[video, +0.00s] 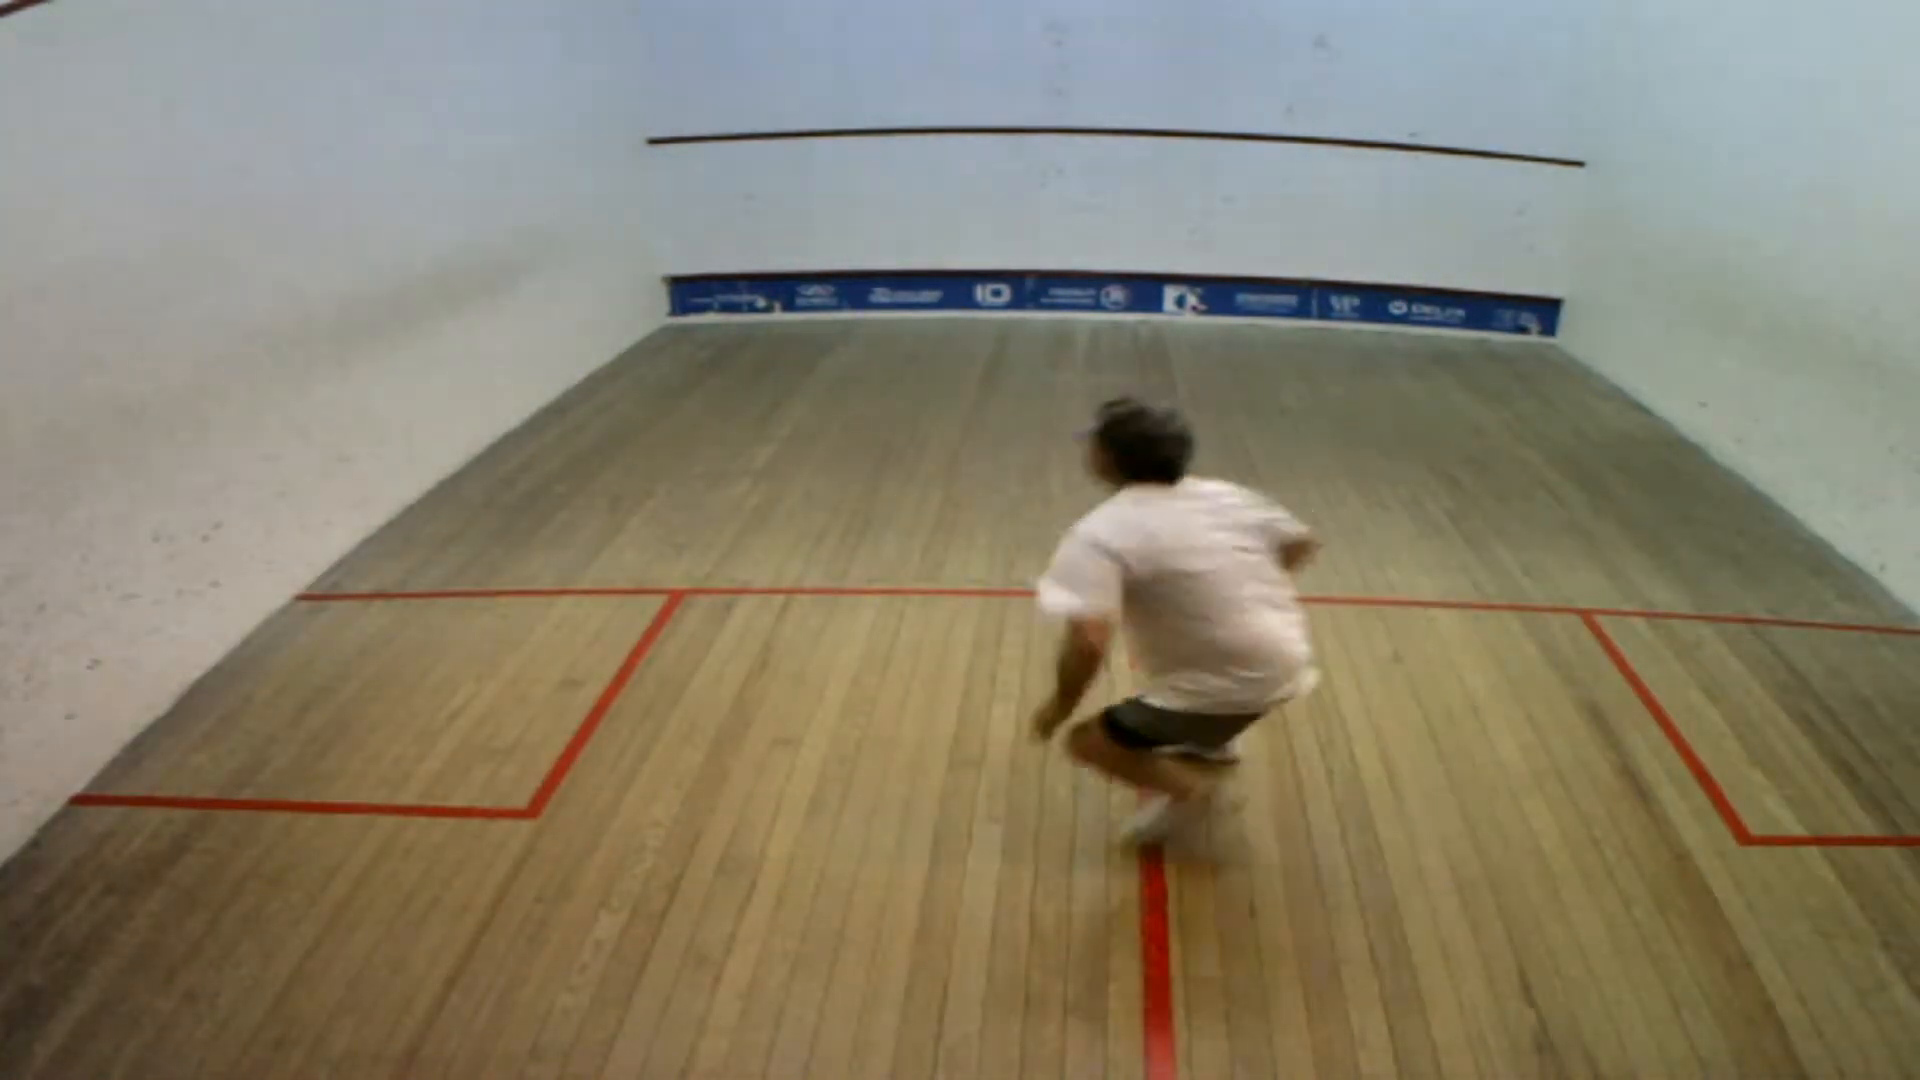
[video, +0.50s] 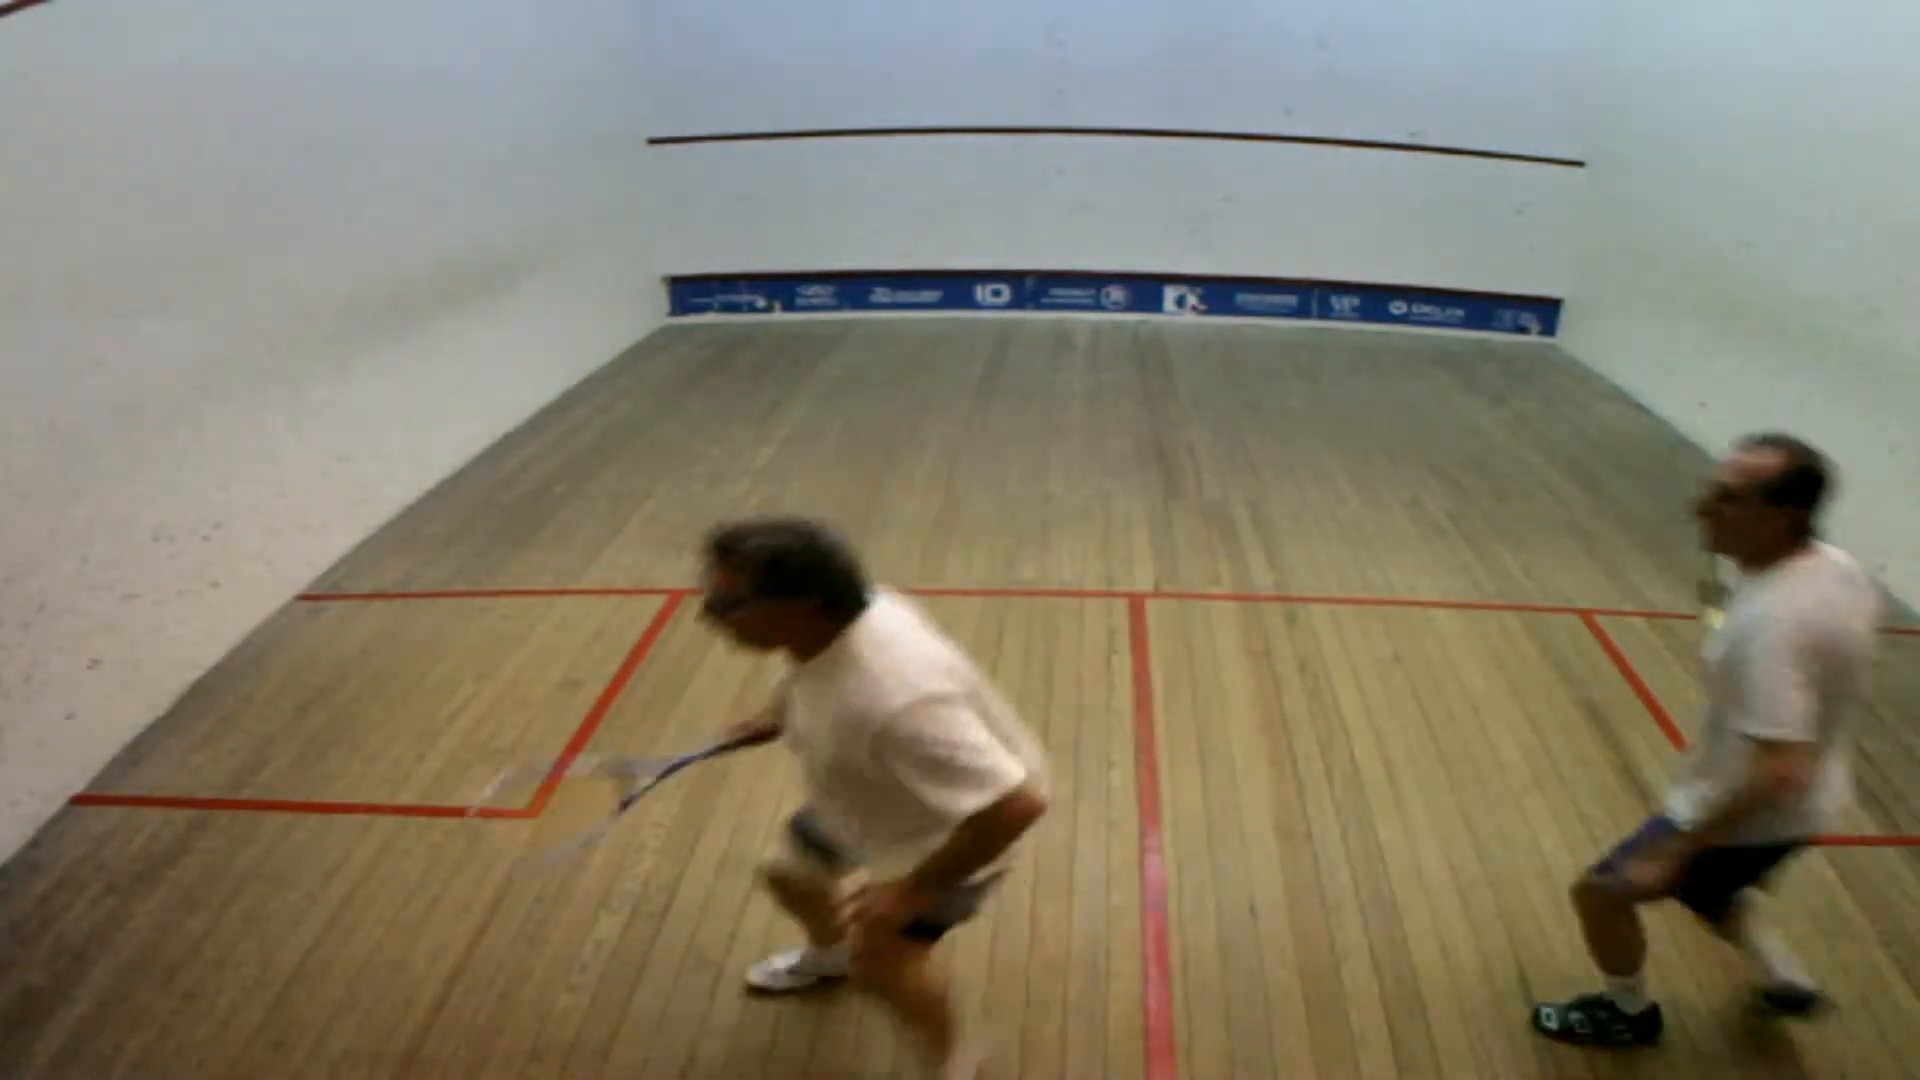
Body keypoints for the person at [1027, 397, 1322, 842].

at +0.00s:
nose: (1088, 449)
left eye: (1097, 442)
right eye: (1094, 440)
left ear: (1114, 460)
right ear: (1167, 457)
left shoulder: (1103, 529)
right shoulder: (1217, 495)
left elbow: (1090, 642)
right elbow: (1299, 542)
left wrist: (1058, 707)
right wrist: (1250, 585)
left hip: (1221, 687)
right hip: (1288, 667)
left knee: (1087, 742)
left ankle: (1189, 793)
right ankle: (1210, 745)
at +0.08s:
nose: (1046, 464)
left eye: (1058, 461)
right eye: (1054, 456)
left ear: (1079, 486)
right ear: (1125, 473)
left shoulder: (1094, 559)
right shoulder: (1169, 507)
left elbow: (1110, 674)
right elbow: (1237, 540)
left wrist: (1054, 742)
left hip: (1220, 692)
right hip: (1262, 657)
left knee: (1072, 750)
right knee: (1151, 643)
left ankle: (1125, 846)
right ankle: (1203, 733)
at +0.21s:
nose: (936, 505)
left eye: (952, 502)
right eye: (944, 493)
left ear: (993, 526)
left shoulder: (1052, 615)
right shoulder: (1071, 531)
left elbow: (1103, 729)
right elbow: (1127, 576)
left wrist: (1041, 793)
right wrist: (1018, 630)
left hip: (1159, 713)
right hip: (1182, 665)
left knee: (1037, 810)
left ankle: (1085, 883)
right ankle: (1172, 736)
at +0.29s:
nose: (872, 518)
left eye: (893, 514)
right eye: (881, 504)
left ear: (944, 537)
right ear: (952, 535)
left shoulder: (998, 629)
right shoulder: (1018, 539)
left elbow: (1068, 742)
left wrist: (984, 787)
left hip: (1118, 734)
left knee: (1018, 842)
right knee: (978, 752)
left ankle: (1078, 883)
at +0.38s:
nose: (824, 537)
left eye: (840, 529)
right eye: (829, 524)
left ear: (896, 542)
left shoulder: (960, 632)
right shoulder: (981, 543)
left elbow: (1039, 750)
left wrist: (951, 799)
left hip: (1094, 753)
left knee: (992, 869)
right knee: (925, 764)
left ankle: (1067, 879)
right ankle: (934, 892)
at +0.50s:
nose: (711, 616)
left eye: (728, 606)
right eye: (714, 601)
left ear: (799, 611)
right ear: (803, 609)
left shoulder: (902, 702)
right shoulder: (843, 617)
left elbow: (1015, 805)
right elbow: (828, 680)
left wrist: (911, 891)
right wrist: (777, 720)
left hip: (949, 837)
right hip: (872, 797)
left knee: (879, 957)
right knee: (792, 878)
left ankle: (946, 1058)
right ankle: (832, 954)